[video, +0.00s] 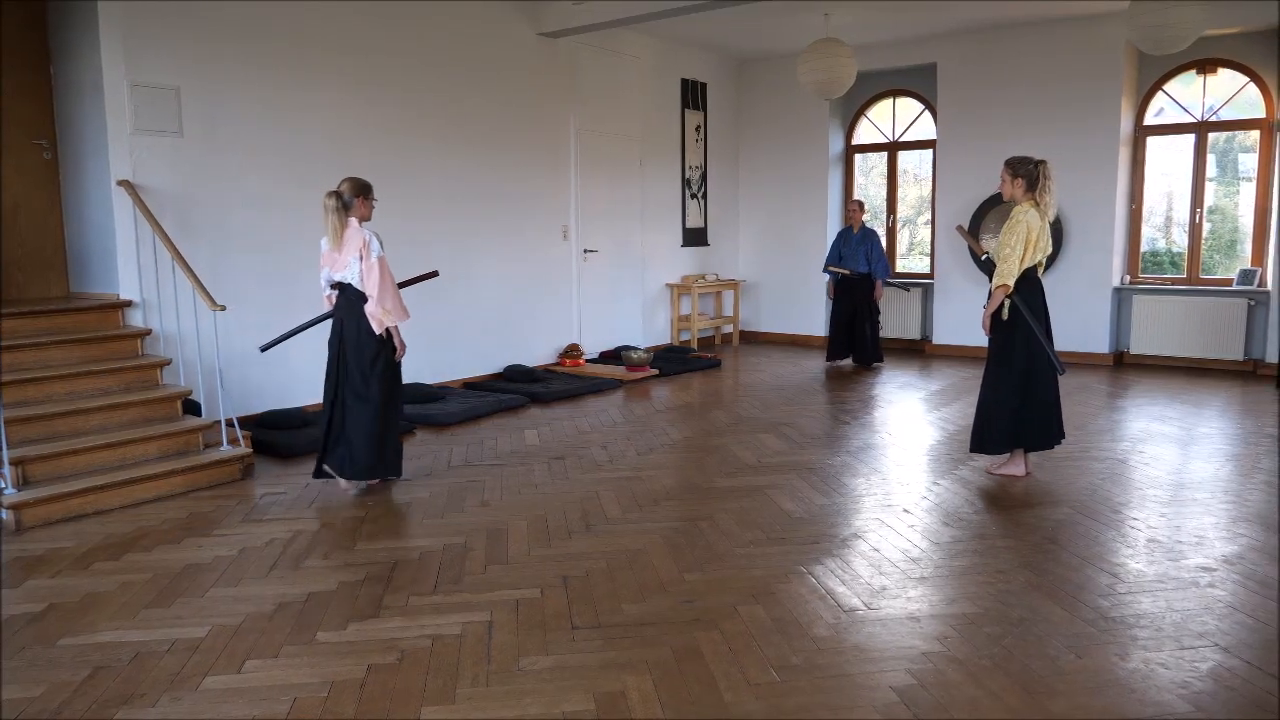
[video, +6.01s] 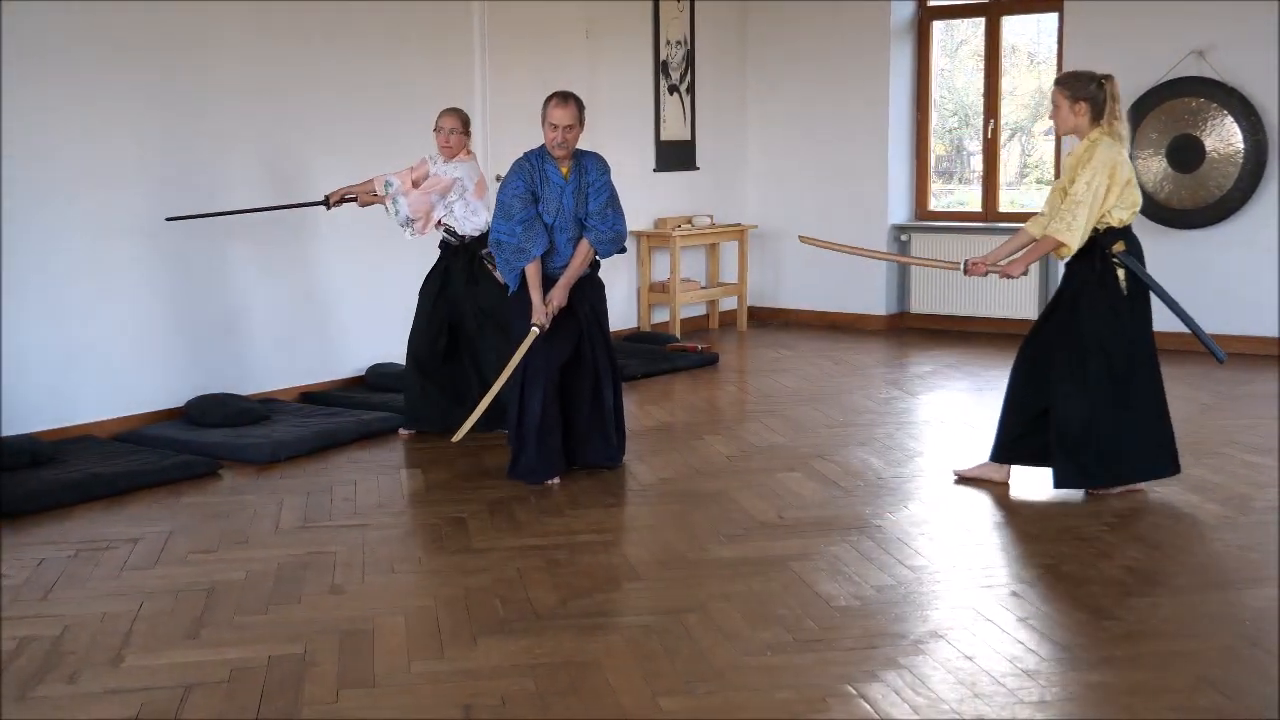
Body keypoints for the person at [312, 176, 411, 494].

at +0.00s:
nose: (373, 205)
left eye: (372, 200)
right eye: (371, 201)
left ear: (346, 203)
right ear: (359, 203)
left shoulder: (329, 242)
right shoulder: (366, 239)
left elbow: (329, 292)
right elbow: (378, 292)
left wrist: (346, 313)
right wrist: (394, 331)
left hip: (343, 325)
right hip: (368, 324)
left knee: (349, 394)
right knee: (374, 394)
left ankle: (350, 466)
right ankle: (368, 466)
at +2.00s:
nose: (531, 211)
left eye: (530, 207)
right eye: (528, 207)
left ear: (507, 209)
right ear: (519, 210)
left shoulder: (492, 239)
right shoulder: (526, 237)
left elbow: (486, 279)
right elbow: (540, 280)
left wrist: (498, 296)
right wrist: (538, 298)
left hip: (500, 299)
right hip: (522, 299)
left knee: (500, 360)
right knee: (534, 359)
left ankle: (492, 426)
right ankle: (542, 421)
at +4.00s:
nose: (529, 156)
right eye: (527, 152)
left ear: (493, 161)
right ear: (527, 156)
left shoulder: (485, 195)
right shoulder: (548, 188)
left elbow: (489, 163)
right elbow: (553, 178)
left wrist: (508, 130)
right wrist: (540, 146)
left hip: (506, 289)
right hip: (544, 287)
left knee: (511, 378)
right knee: (555, 380)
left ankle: (497, 463)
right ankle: (556, 480)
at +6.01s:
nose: (446, 137)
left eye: (454, 132)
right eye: (441, 131)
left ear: (467, 137)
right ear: (434, 134)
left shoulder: (464, 167)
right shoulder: (436, 164)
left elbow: (424, 198)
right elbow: (396, 179)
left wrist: (377, 199)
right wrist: (349, 190)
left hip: (479, 258)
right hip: (451, 257)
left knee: (487, 338)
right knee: (426, 335)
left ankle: (508, 418)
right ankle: (417, 416)